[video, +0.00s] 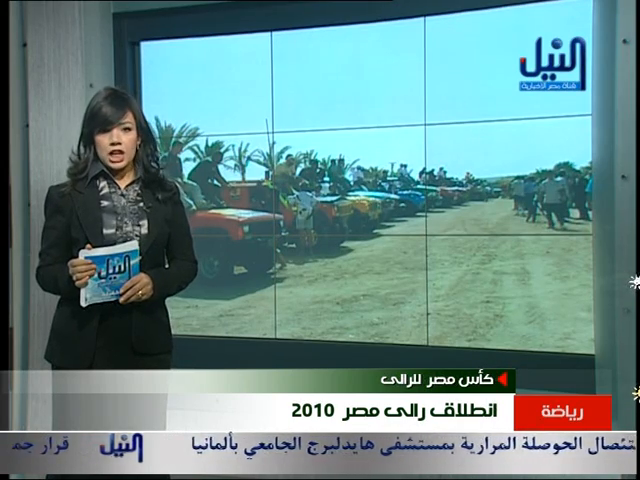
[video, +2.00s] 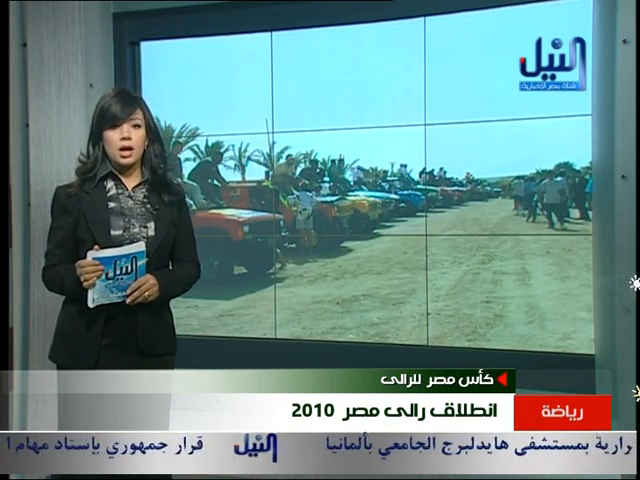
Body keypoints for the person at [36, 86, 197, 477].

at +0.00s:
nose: (116, 140)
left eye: (126, 129)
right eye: (105, 130)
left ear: (140, 136)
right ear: (91, 138)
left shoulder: (164, 194)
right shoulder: (65, 197)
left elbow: (186, 265)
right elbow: (46, 272)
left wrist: (156, 281)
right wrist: (69, 275)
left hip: (145, 348)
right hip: (81, 349)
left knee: (145, 451)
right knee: (78, 452)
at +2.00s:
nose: (125, 135)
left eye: (135, 125)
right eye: (114, 127)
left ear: (148, 134)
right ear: (100, 137)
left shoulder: (170, 196)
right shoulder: (72, 198)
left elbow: (189, 266)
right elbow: (52, 272)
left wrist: (162, 282)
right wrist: (76, 275)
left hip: (150, 348)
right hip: (85, 348)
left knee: (149, 452)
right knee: (83, 452)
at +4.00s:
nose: (130, 133)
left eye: (139, 125)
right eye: (120, 124)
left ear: (151, 135)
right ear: (102, 135)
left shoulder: (170, 197)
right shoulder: (71, 197)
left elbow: (189, 267)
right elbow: (52, 273)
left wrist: (161, 282)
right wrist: (76, 275)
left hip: (151, 349)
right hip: (86, 349)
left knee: (151, 451)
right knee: (83, 452)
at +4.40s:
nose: (128, 142)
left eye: (137, 132)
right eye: (118, 132)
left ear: (149, 139)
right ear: (100, 139)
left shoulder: (168, 196)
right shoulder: (69, 198)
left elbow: (187, 266)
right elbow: (51, 273)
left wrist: (161, 281)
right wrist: (75, 274)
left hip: (149, 349)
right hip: (85, 350)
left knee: (149, 452)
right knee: (82, 452)